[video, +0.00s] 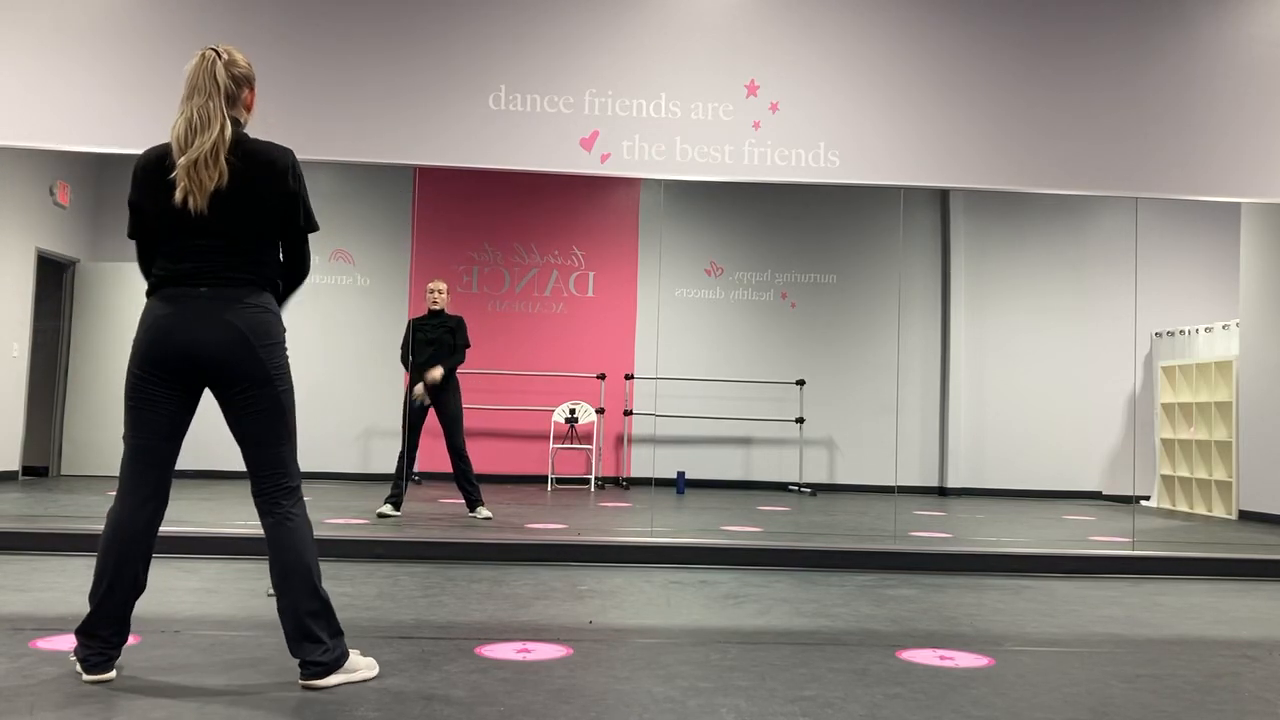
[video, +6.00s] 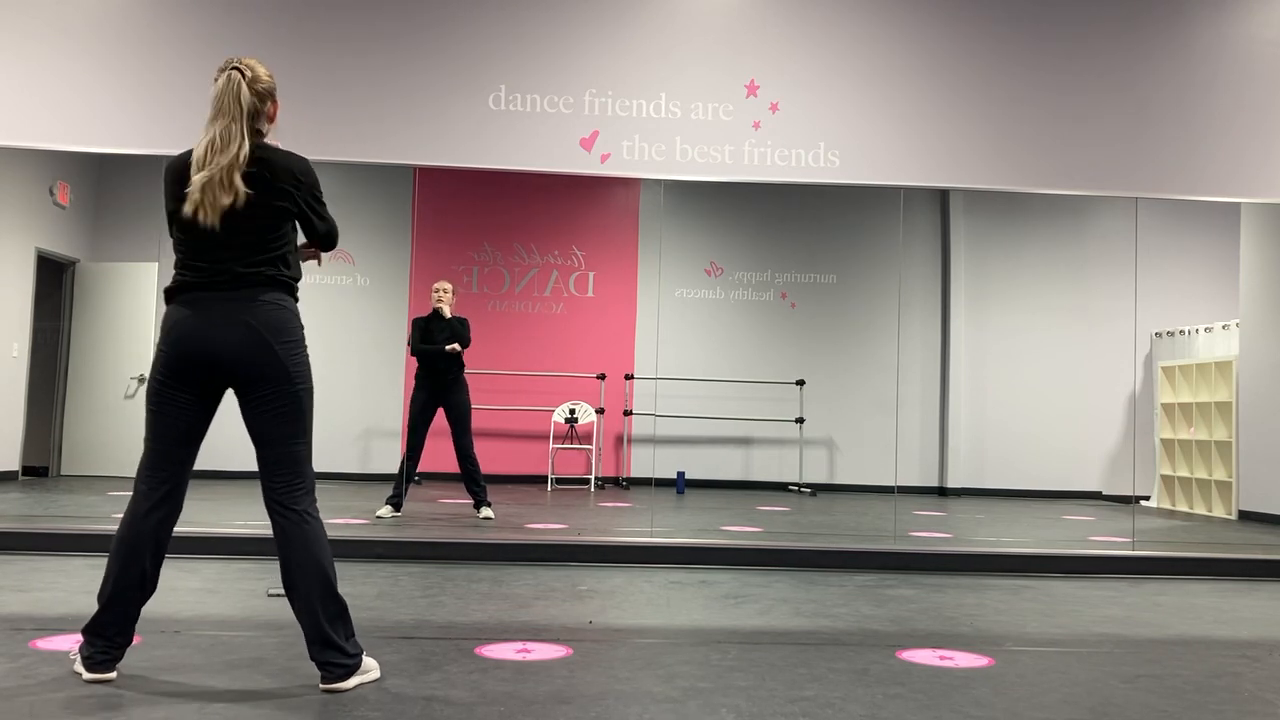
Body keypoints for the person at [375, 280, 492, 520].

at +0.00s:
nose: (435, 295)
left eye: (440, 292)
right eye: (431, 291)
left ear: (447, 297)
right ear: (425, 296)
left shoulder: (456, 322)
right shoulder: (414, 324)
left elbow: (460, 354)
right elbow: (405, 355)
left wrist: (441, 368)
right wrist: (417, 379)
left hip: (446, 388)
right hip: (418, 388)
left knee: (457, 446)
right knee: (408, 446)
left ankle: (475, 504)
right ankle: (393, 503)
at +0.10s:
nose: (436, 293)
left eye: (441, 290)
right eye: (433, 289)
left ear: (448, 296)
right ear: (426, 295)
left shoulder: (456, 321)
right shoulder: (416, 322)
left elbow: (460, 348)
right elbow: (409, 350)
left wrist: (436, 333)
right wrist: (436, 367)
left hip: (449, 387)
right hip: (421, 386)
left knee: (461, 445)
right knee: (410, 445)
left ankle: (481, 503)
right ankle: (393, 502)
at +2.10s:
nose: (442, 294)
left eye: (447, 291)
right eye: (438, 290)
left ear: (454, 299)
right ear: (431, 297)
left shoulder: (462, 322)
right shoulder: (420, 324)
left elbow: (466, 345)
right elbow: (416, 355)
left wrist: (451, 317)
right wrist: (448, 353)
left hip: (457, 390)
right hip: (427, 390)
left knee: (466, 448)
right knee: (413, 448)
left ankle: (482, 504)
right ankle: (394, 504)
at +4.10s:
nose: (444, 296)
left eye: (448, 293)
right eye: (440, 292)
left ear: (456, 299)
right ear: (434, 297)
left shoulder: (463, 324)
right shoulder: (421, 324)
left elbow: (469, 349)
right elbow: (418, 353)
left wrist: (453, 322)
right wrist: (450, 357)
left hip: (459, 391)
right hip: (430, 391)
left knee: (467, 449)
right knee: (415, 449)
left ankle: (482, 504)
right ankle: (394, 504)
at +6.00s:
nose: (439, 294)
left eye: (445, 291)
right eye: (436, 291)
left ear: (453, 298)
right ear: (430, 297)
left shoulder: (460, 323)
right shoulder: (420, 322)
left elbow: (464, 342)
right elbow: (415, 349)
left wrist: (448, 317)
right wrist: (444, 348)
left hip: (455, 389)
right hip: (425, 389)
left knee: (465, 447)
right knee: (412, 448)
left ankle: (482, 504)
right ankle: (394, 504)